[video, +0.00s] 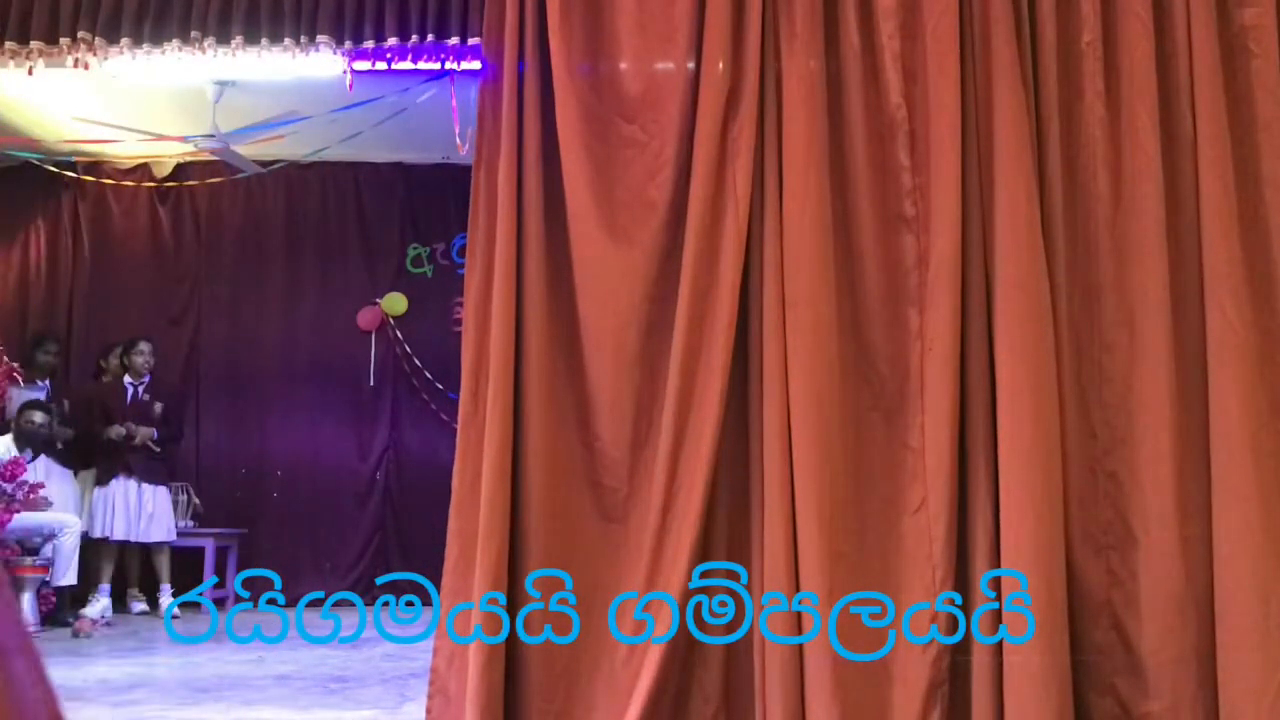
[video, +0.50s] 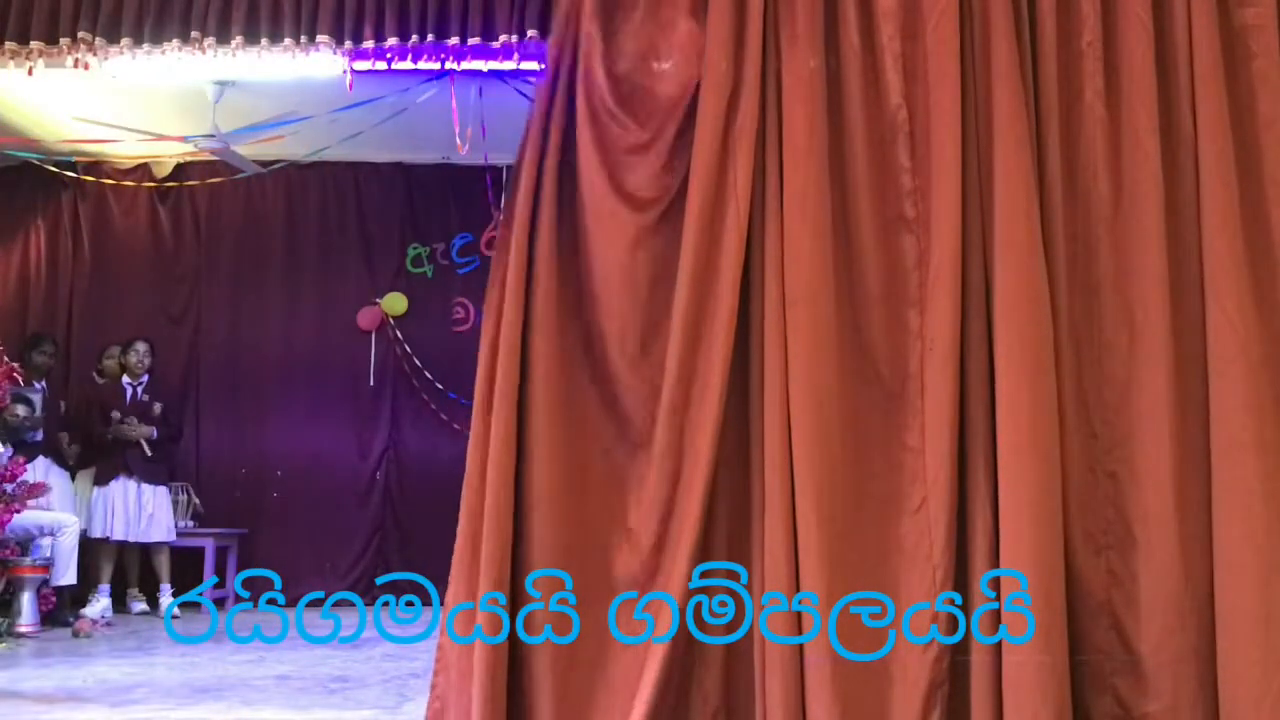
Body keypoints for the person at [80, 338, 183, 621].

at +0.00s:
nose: (146, 359)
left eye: (150, 354)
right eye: (140, 354)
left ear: (154, 360)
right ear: (127, 358)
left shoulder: (164, 393)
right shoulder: (106, 391)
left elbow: (175, 432)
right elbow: (92, 428)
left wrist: (150, 433)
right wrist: (109, 431)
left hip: (152, 474)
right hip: (114, 472)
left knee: (159, 539)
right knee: (108, 537)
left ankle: (166, 596)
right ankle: (102, 598)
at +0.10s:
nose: (144, 359)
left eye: (148, 355)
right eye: (138, 354)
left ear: (154, 361)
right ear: (125, 358)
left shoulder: (164, 393)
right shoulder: (105, 391)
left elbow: (175, 432)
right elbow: (90, 427)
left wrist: (151, 433)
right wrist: (109, 431)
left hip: (151, 474)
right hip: (113, 471)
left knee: (159, 538)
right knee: (108, 537)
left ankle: (166, 596)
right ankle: (102, 598)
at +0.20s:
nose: (142, 359)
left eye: (147, 355)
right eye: (137, 354)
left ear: (153, 361)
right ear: (125, 357)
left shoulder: (163, 394)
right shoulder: (104, 391)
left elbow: (175, 433)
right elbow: (91, 431)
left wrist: (150, 432)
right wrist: (112, 433)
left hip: (151, 474)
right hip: (113, 472)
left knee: (159, 538)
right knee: (108, 537)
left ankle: (166, 596)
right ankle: (102, 598)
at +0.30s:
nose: (140, 359)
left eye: (145, 355)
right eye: (135, 354)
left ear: (152, 361)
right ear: (124, 357)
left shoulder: (164, 394)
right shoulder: (105, 391)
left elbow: (174, 433)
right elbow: (94, 430)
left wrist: (149, 432)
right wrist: (118, 434)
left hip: (151, 474)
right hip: (113, 472)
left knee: (159, 538)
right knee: (108, 537)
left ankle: (166, 596)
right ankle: (102, 598)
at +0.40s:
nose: (140, 358)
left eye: (145, 354)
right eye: (135, 353)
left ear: (152, 360)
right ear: (124, 357)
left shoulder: (163, 393)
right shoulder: (105, 392)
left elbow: (174, 432)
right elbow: (96, 431)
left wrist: (145, 432)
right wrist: (123, 435)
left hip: (150, 474)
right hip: (112, 472)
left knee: (158, 538)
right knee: (107, 537)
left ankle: (166, 596)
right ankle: (102, 598)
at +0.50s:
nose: (140, 358)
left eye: (145, 354)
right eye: (135, 353)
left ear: (152, 361)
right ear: (124, 357)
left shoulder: (163, 393)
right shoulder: (105, 391)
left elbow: (174, 432)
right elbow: (94, 431)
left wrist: (146, 432)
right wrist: (118, 431)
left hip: (150, 474)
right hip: (112, 472)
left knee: (158, 538)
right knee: (107, 537)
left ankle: (166, 596)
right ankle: (102, 598)